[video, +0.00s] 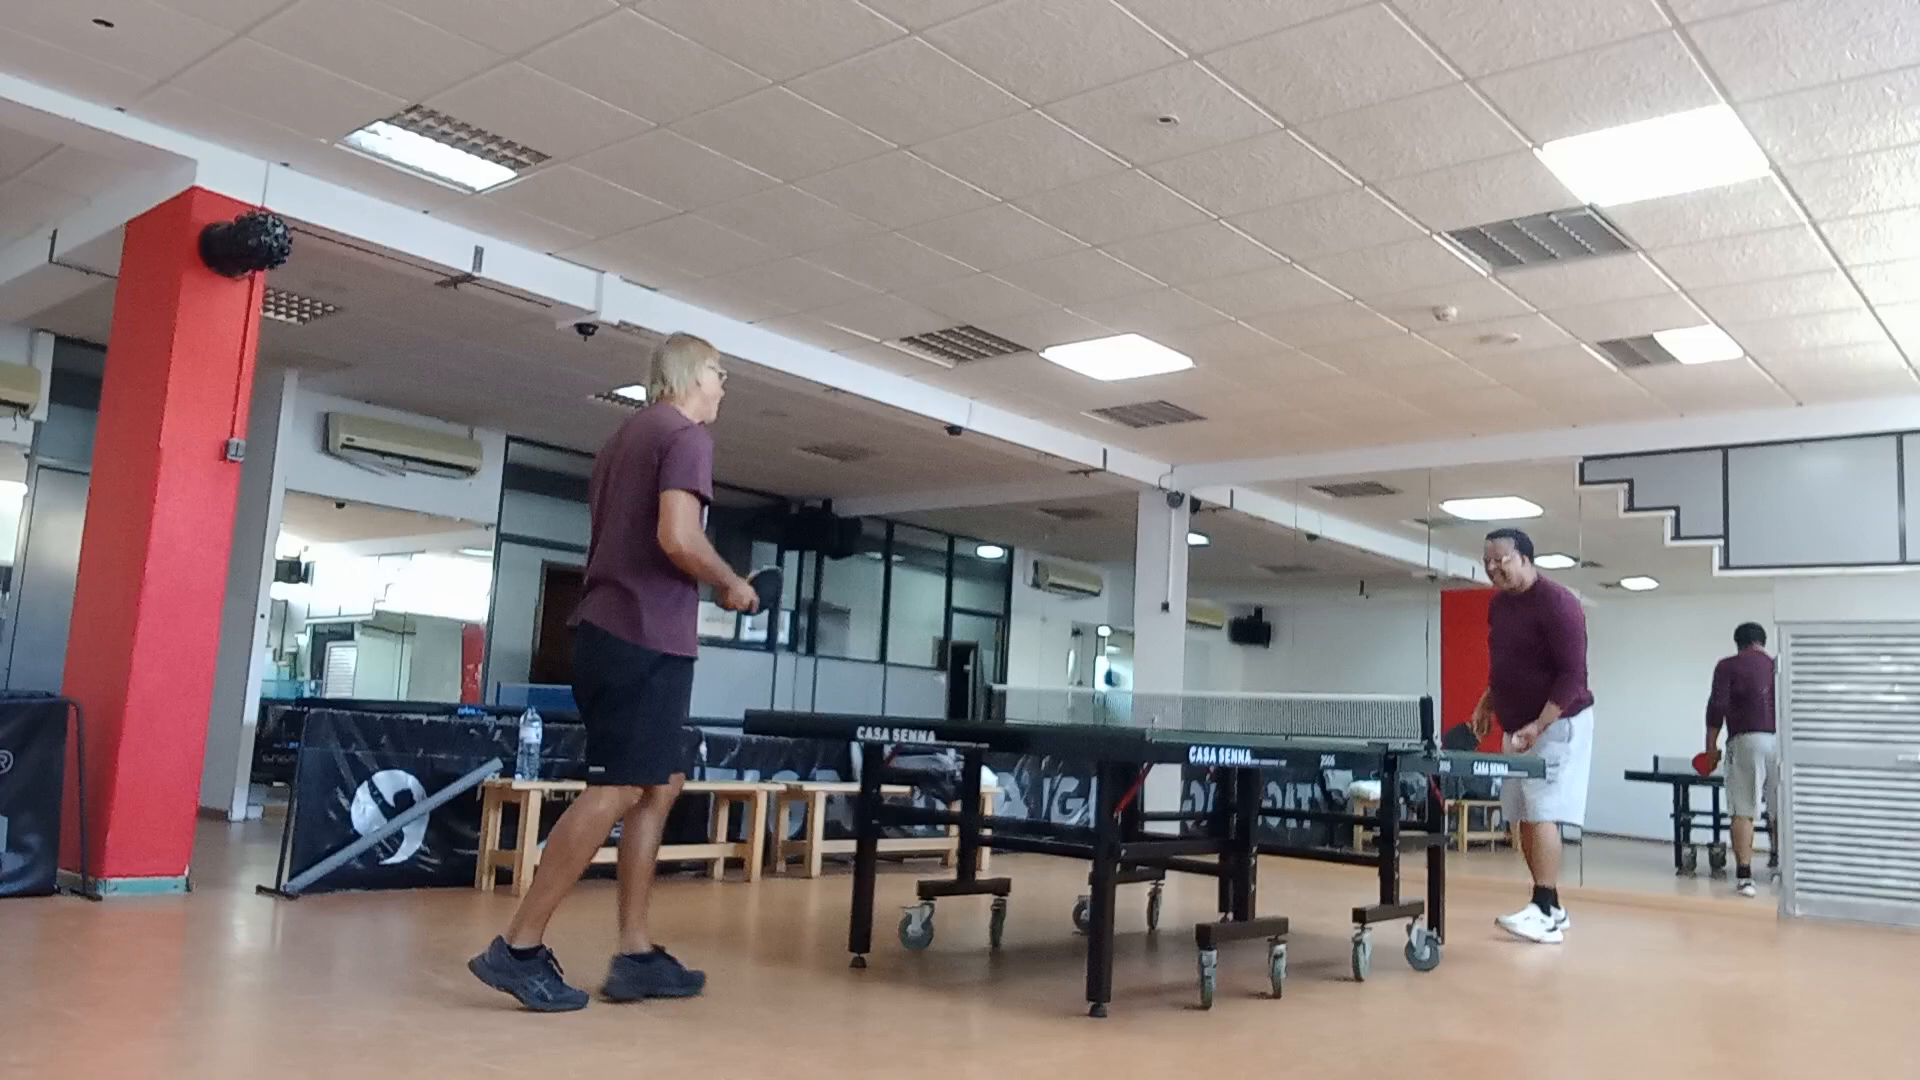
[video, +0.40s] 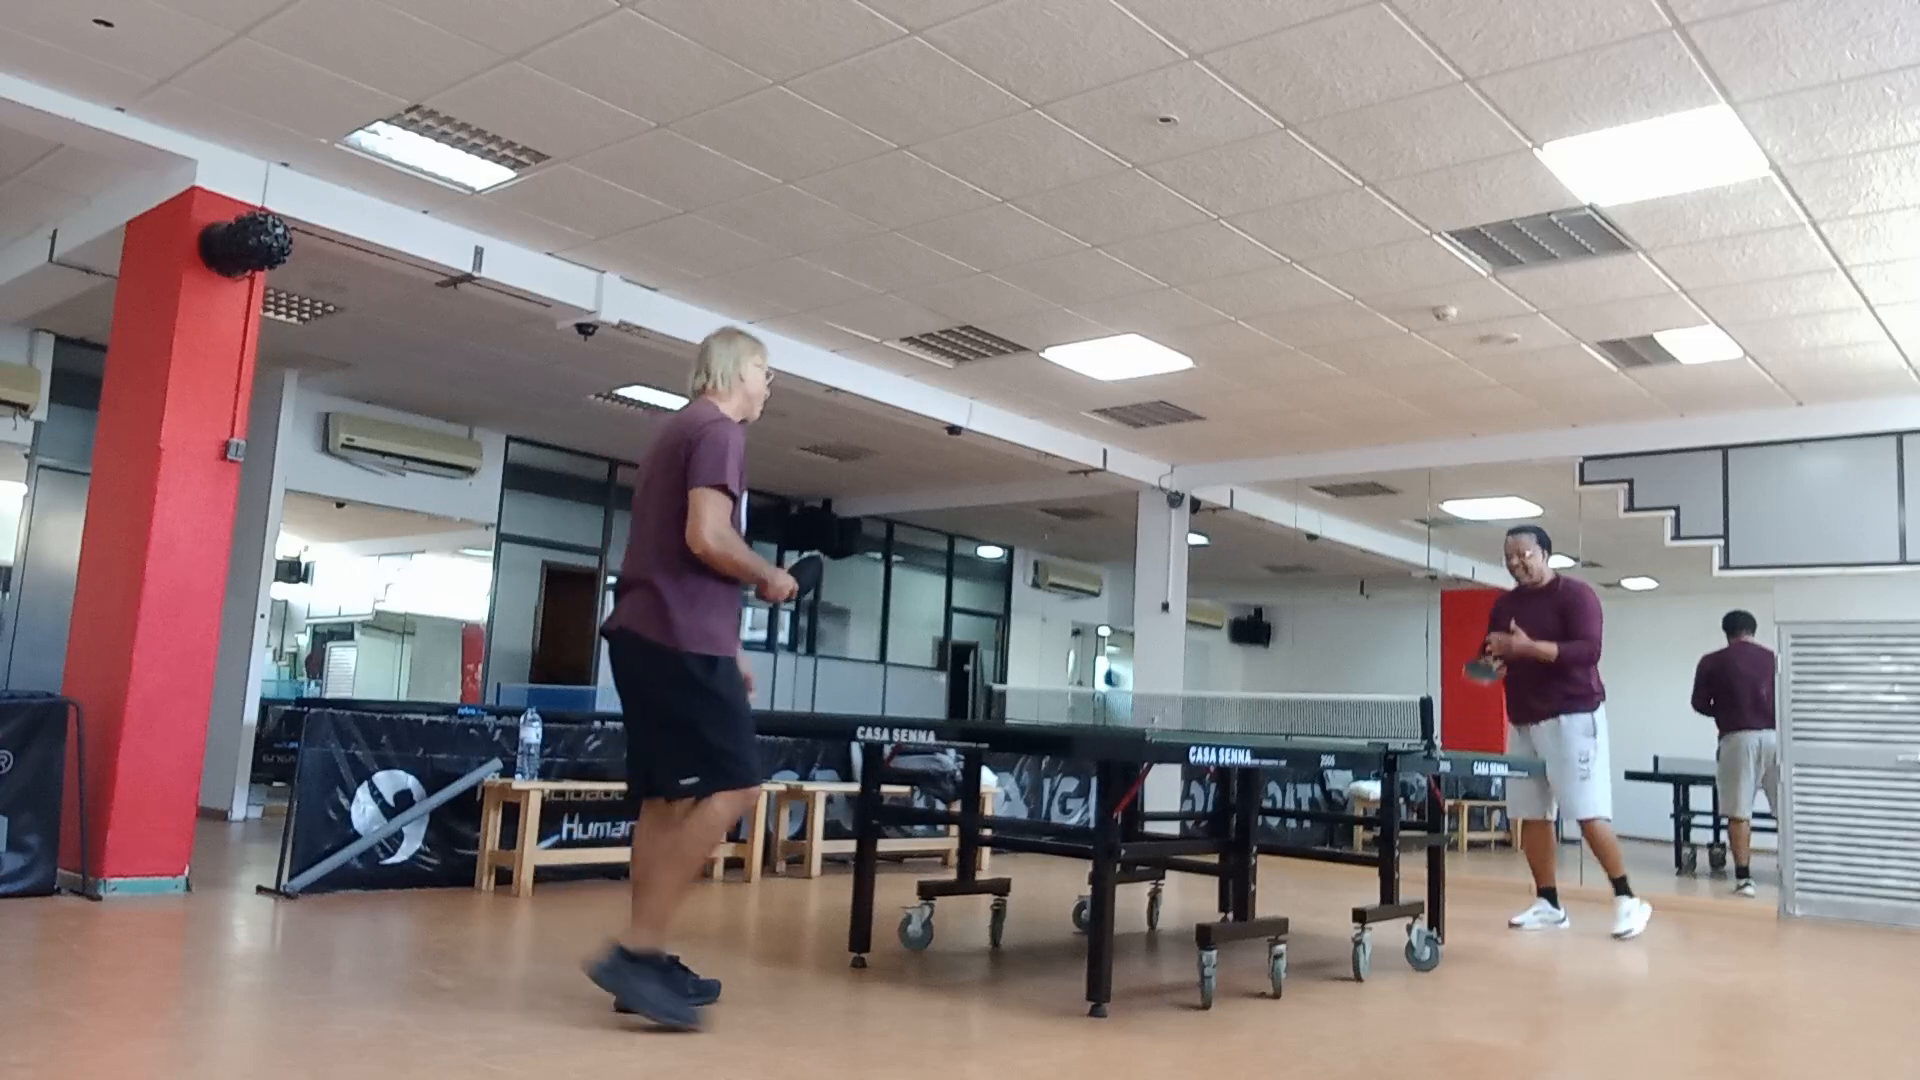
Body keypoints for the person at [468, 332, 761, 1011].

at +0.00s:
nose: (723, 393)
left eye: (721, 380)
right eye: (719, 380)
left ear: (662, 382)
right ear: (695, 380)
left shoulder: (624, 436)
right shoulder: (683, 432)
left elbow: (612, 536)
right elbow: (678, 537)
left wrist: (708, 576)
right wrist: (729, 581)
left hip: (619, 634)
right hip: (642, 640)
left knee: (661, 783)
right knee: (614, 789)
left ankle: (635, 954)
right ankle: (517, 948)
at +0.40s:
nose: (767, 390)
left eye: (767, 377)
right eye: (763, 376)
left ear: (711, 378)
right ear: (734, 377)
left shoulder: (678, 430)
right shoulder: (717, 428)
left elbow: (676, 562)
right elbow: (705, 535)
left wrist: (727, 649)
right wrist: (767, 574)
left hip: (646, 635)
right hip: (678, 639)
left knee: (664, 797)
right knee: (733, 788)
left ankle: (650, 954)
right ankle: (638, 954)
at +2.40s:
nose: (801, 422)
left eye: (805, 410)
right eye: (802, 407)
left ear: (746, 390)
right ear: (778, 396)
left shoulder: (690, 434)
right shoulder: (754, 444)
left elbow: (669, 541)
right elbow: (749, 559)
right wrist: (794, 611)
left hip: (622, 627)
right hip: (680, 640)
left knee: (616, 784)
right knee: (716, 797)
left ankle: (553, 951)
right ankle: (692, 988)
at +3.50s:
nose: (772, 435)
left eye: (775, 422)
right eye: (769, 419)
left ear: (715, 409)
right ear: (737, 414)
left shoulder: (654, 451)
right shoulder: (691, 459)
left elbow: (597, 567)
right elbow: (679, 570)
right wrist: (764, 620)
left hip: (553, 639)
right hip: (600, 648)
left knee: (572, 806)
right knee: (674, 801)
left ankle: (506, 960)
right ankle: (626, 1006)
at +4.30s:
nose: (701, 340)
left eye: (701, 325)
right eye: (696, 324)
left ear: (636, 321)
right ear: (664, 323)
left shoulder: (602, 388)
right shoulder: (614, 389)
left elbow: (619, 534)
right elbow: (621, 531)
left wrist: (686, 607)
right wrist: (731, 591)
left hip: (534, 631)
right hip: (557, 634)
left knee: (546, 811)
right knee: (634, 803)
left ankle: (428, 991)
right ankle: (650, 1022)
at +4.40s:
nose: (682, 339)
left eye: (683, 324)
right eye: (678, 322)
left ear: (613, 314)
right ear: (647, 318)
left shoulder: (567, 375)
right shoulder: (608, 381)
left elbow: (543, 533)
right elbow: (600, 520)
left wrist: (615, 615)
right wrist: (700, 590)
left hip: (491, 617)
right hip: (539, 624)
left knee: (509, 807)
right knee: (612, 796)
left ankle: (421, 997)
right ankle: (552, 1024)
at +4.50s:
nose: (668, 339)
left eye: (671, 324)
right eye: (666, 321)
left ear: (598, 308)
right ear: (634, 314)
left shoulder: (543, 370)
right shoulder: (602, 381)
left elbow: (512, 519)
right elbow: (591, 523)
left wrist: (571, 621)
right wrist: (675, 601)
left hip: (466, 614)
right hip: (518, 625)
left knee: (486, 808)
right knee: (558, 809)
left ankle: (419, 1000)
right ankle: (438, 1023)